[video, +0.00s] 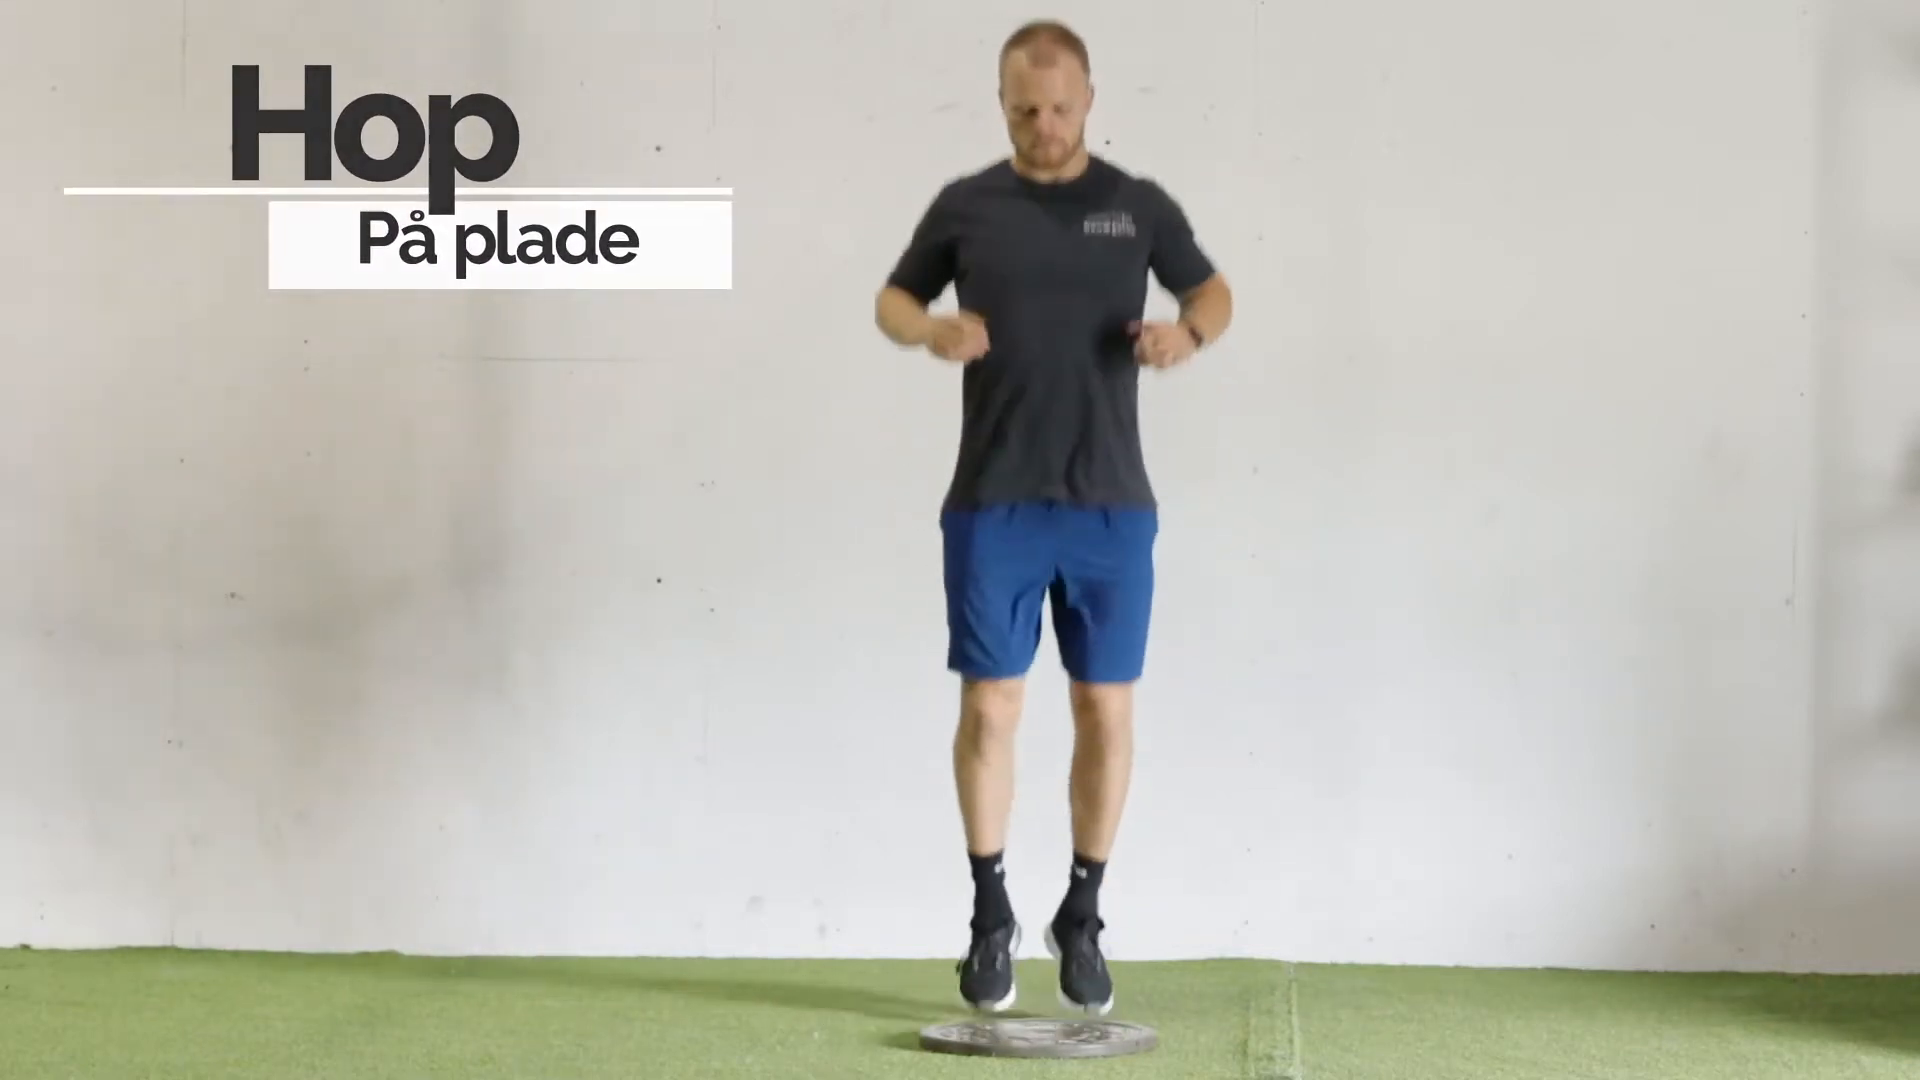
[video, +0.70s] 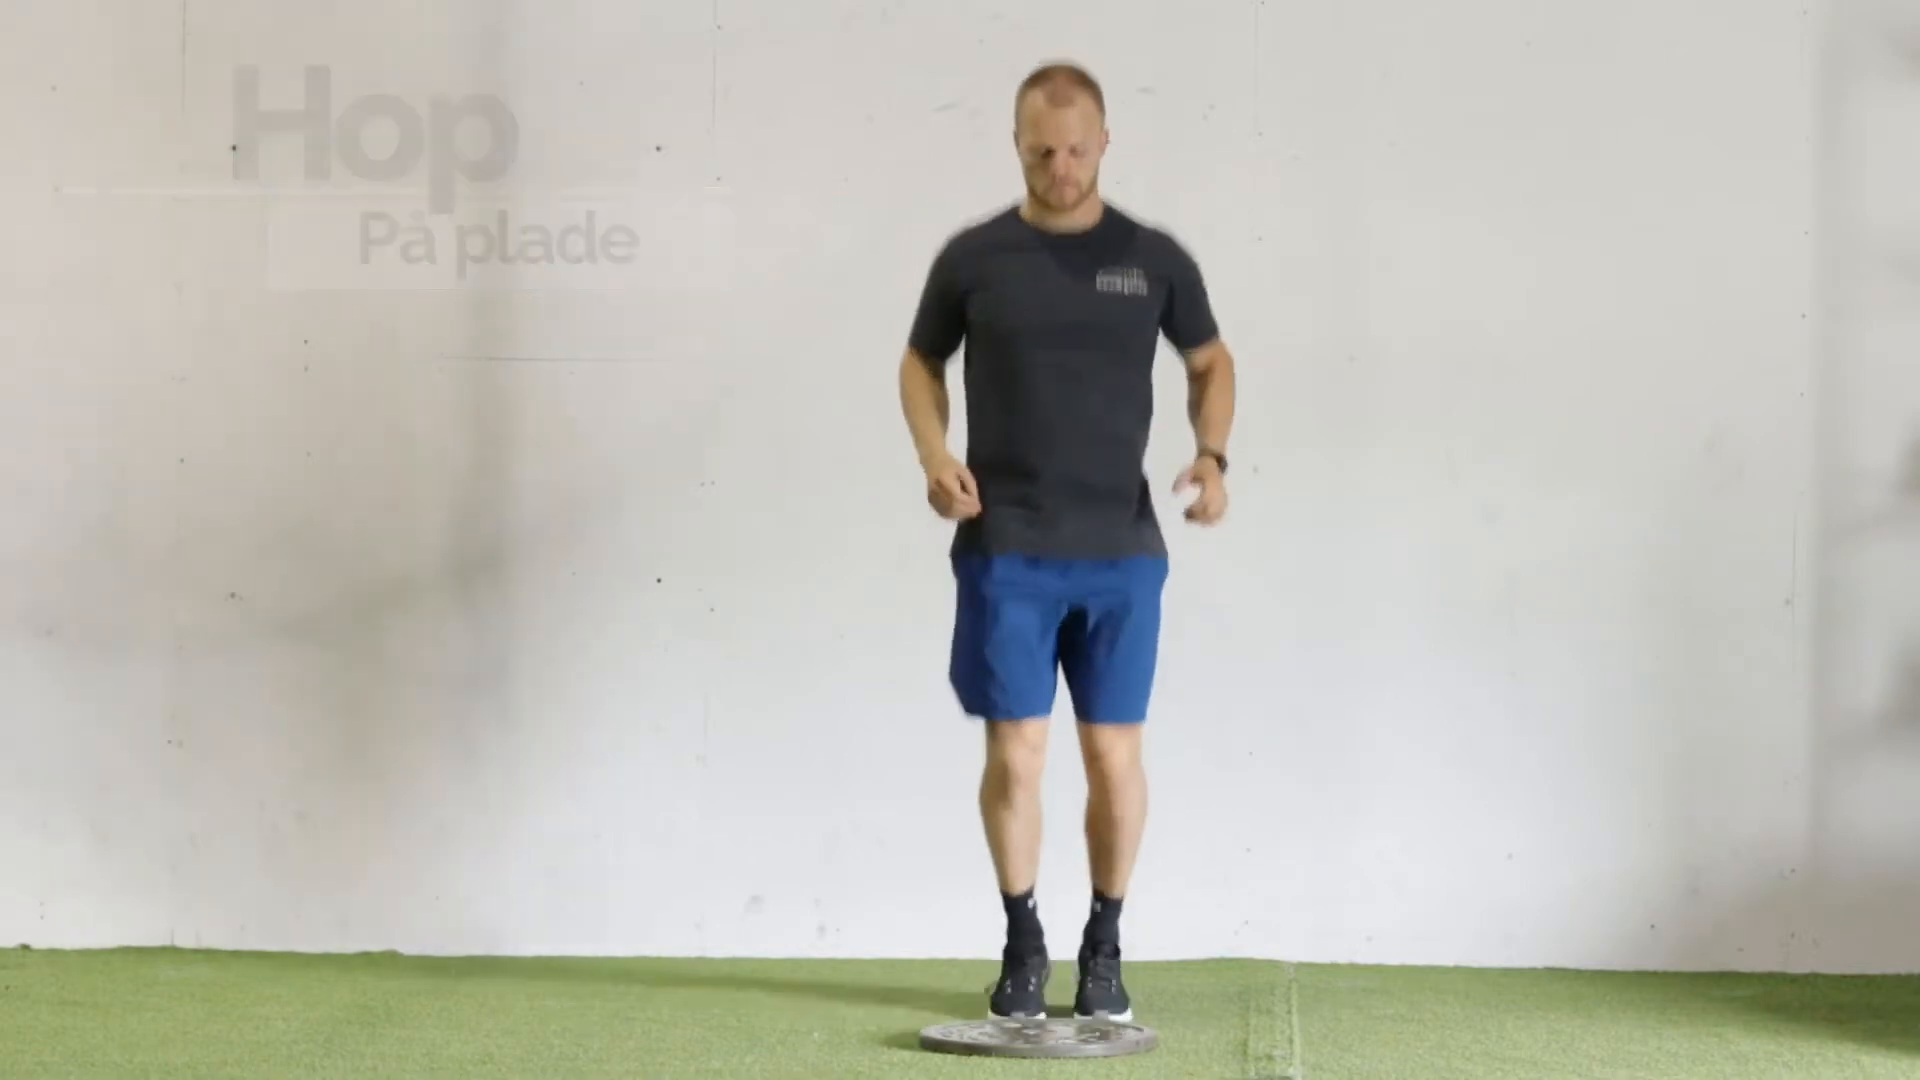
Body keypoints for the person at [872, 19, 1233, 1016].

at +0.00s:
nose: (1044, 125)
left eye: (1059, 108)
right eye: (1027, 109)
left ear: (1088, 102)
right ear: (1004, 108)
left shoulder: (1139, 206)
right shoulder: (965, 207)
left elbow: (1212, 293)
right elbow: (893, 302)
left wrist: (1186, 332)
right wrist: (932, 328)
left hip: (1110, 500)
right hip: (996, 498)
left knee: (1105, 712)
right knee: (990, 711)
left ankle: (1082, 917)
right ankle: (991, 916)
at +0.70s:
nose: (1057, 166)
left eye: (1073, 149)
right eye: (1040, 150)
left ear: (1103, 144)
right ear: (1018, 150)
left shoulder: (1155, 258)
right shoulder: (971, 258)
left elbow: (1211, 364)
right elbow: (921, 365)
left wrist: (1210, 453)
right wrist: (937, 458)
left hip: (1121, 548)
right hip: (1007, 546)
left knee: (1113, 754)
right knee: (1015, 754)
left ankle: (1103, 950)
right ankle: (1023, 946)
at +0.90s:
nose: (1055, 142)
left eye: (1071, 125)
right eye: (1038, 126)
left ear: (1101, 120)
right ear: (1016, 125)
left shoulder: (1149, 230)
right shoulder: (974, 227)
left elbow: (1213, 334)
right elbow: (899, 325)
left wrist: (1187, 369)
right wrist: (935, 340)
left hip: (1120, 517)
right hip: (1007, 515)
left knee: (1120, 721)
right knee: (1008, 722)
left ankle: (1106, 929)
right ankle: (1015, 929)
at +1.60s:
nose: (1043, 105)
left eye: (1059, 86)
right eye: (1025, 87)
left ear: (1089, 76)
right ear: (1002, 82)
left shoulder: (1143, 186)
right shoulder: (962, 183)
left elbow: (1211, 279)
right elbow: (904, 280)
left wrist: (1184, 357)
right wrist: (925, 365)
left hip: (1112, 476)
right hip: (997, 475)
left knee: (1109, 686)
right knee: (997, 683)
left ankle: (1096, 900)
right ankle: (996, 896)